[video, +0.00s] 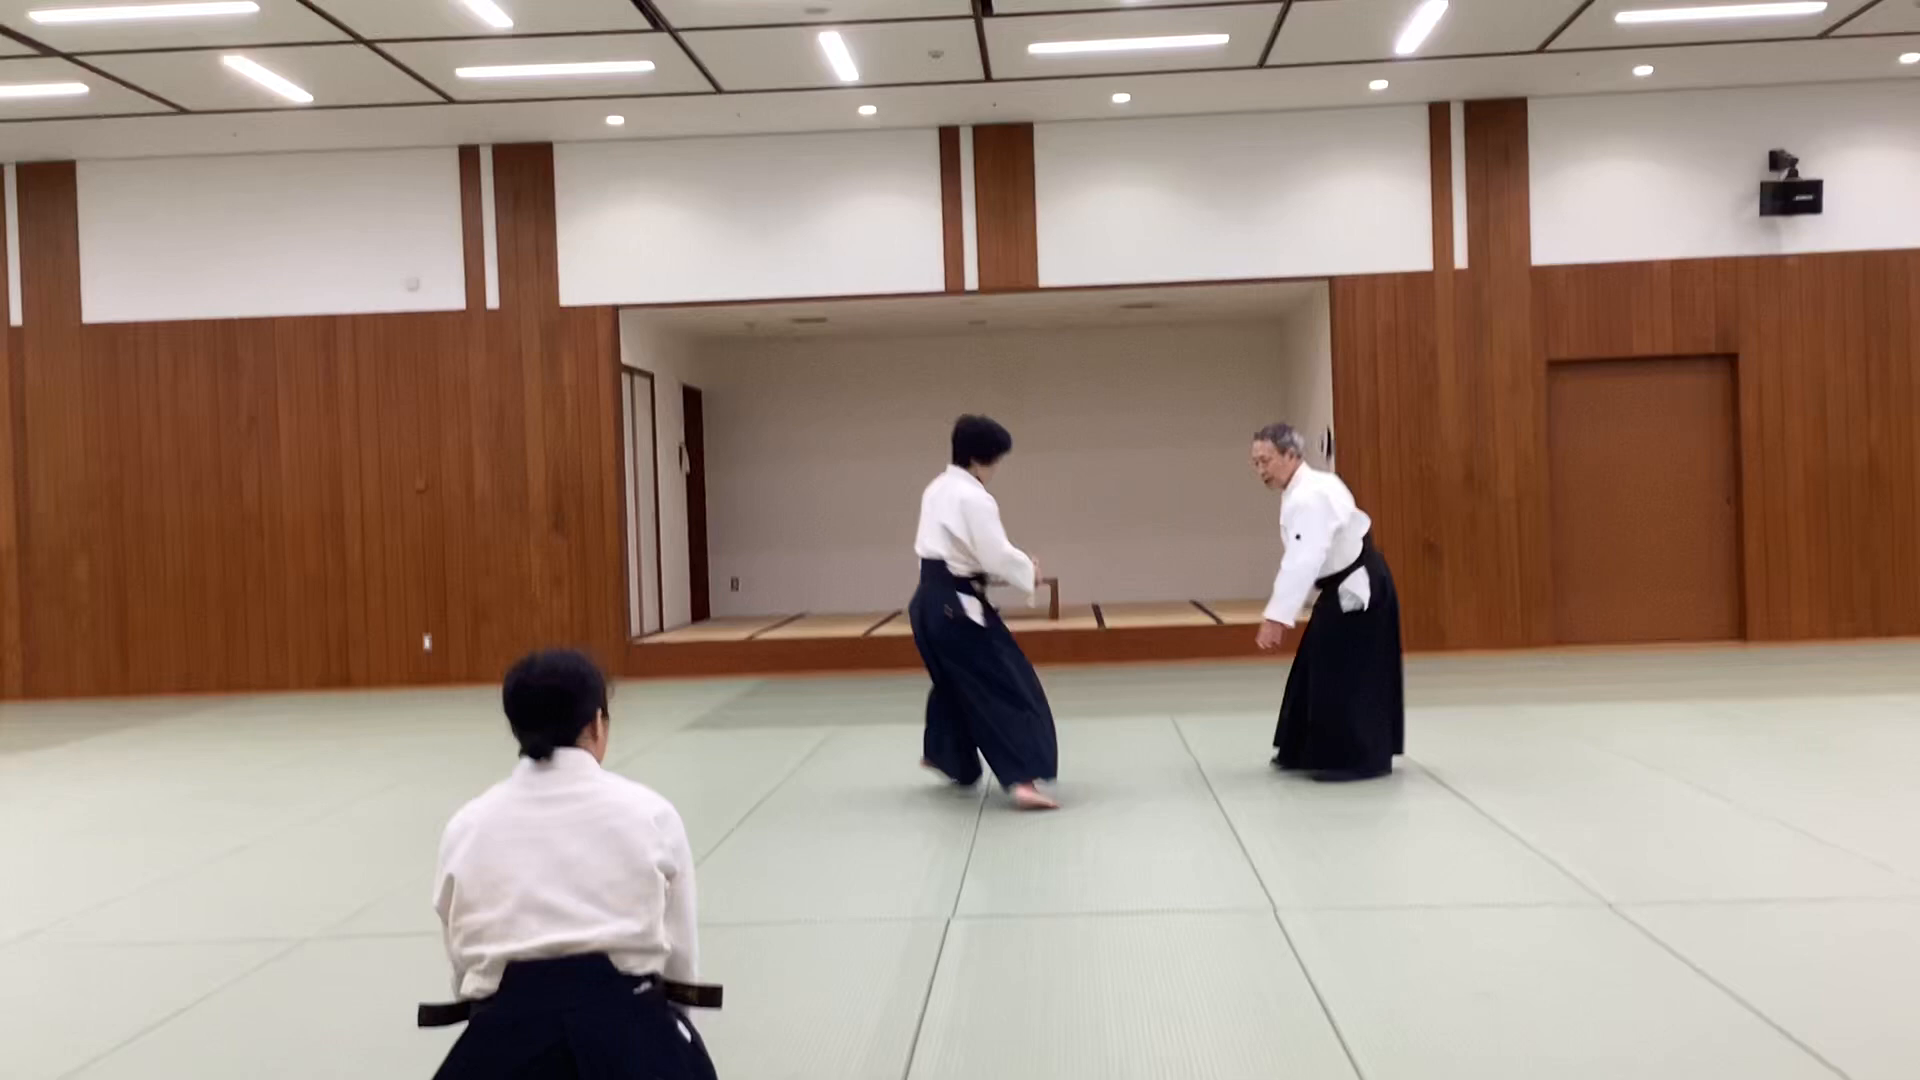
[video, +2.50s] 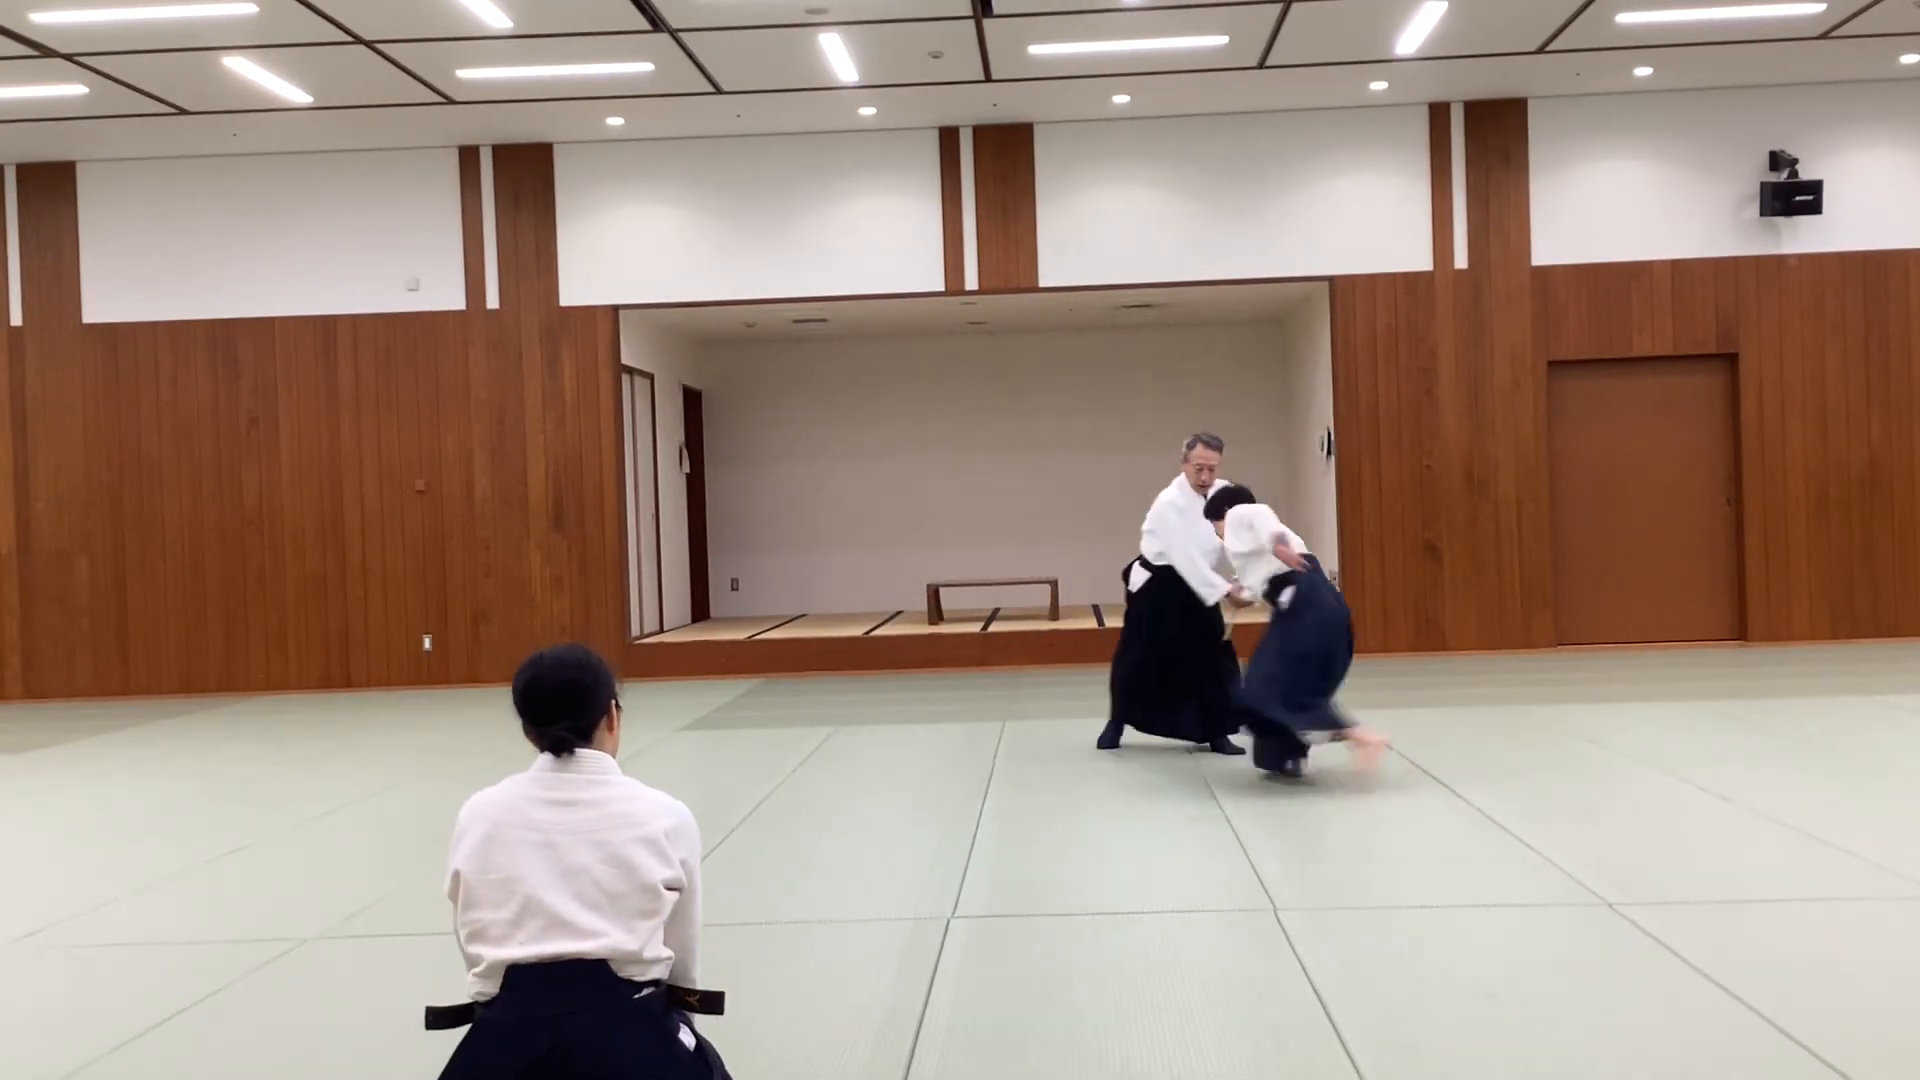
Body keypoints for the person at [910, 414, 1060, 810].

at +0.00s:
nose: (996, 467)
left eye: (997, 459)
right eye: (995, 459)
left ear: (960, 452)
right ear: (982, 458)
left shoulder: (936, 488)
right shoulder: (975, 498)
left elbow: (959, 552)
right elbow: (995, 556)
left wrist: (1018, 562)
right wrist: (1030, 570)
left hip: (926, 601)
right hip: (958, 606)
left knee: (952, 680)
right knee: (1009, 684)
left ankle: (939, 752)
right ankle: (1022, 780)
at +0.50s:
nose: (901, 472)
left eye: (901, 465)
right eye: (893, 467)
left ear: (892, 473)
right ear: (872, 474)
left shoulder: (906, 513)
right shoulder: (845, 516)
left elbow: (913, 568)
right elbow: (841, 570)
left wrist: (915, 619)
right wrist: (870, 606)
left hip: (888, 615)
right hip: (844, 616)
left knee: (917, 683)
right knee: (815, 690)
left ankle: (923, 765)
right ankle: (774, 759)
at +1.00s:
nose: (942, 490)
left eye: (939, 484)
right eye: (933, 487)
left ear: (934, 492)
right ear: (915, 497)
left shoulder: (953, 522)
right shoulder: (894, 536)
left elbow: (983, 563)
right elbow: (870, 590)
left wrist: (1021, 599)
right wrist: (877, 635)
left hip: (933, 624)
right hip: (895, 624)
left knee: (975, 680)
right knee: (853, 691)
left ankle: (977, 761)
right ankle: (787, 749)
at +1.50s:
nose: (1107, 451)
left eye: (1104, 446)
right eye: (1102, 447)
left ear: (1069, 460)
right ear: (1092, 457)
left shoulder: (1056, 490)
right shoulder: (1097, 492)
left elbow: (1027, 526)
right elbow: (1145, 468)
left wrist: (1012, 554)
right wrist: (1126, 423)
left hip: (1065, 601)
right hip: (1097, 602)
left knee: (1065, 680)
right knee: (1143, 673)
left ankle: (1004, 746)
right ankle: (1163, 765)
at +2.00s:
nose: (1200, 454)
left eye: (1198, 447)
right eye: (1199, 447)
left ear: (1157, 440)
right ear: (1189, 446)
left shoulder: (1126, 475)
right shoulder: (1186, 483)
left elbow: (1092, 514)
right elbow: (1232, 511)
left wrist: (1064, 547)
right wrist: (1260, 516)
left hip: (1124, 585)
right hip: (1166, 586)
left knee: (1127, 669)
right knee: (1218, 663)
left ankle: (1109, 754)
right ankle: (1244, 753)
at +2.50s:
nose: (1205, 476)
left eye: (1212, 469)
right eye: (1199, 468)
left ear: (1219, 468)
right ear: (1184, 465)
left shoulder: (1220, 495)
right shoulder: (1168, 502)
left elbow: (1241, 537)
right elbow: (1183, 558)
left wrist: (1250, 576)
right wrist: (1223, 589)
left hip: (1196, 582)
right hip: (1155, 584)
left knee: (1212, 656)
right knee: (1134, 656)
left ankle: (1216, 732)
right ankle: (1115, 723)